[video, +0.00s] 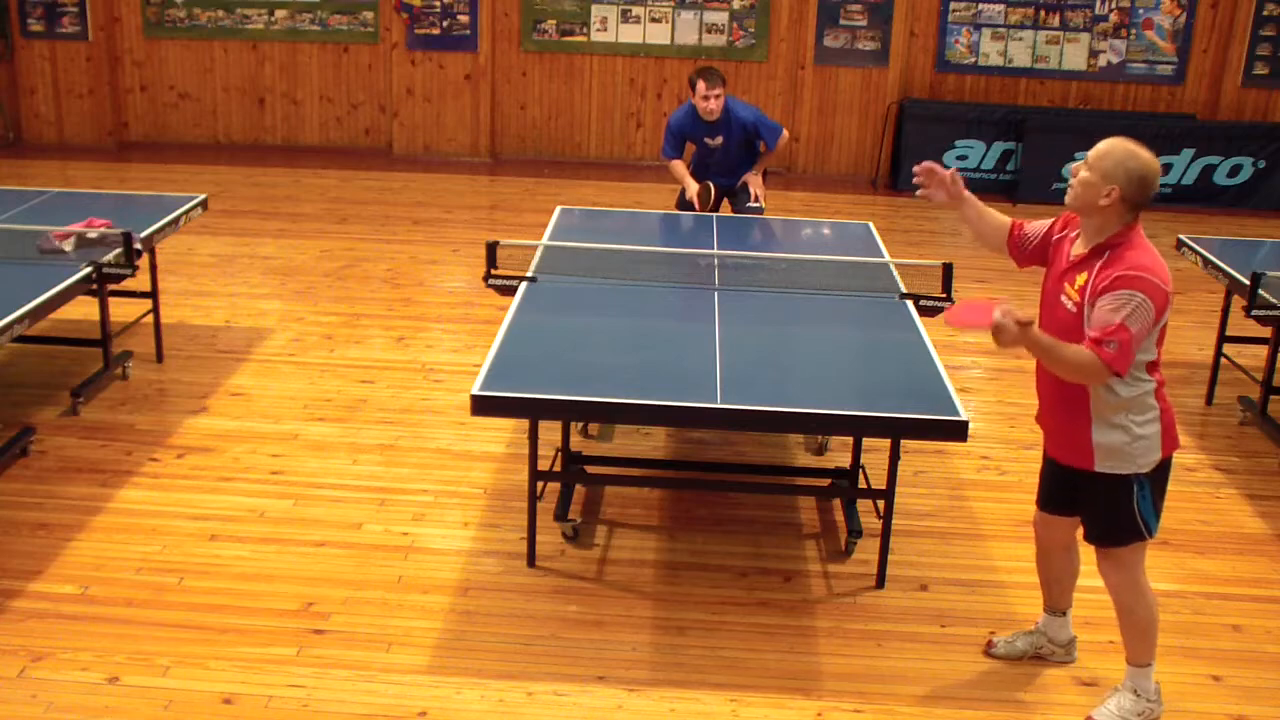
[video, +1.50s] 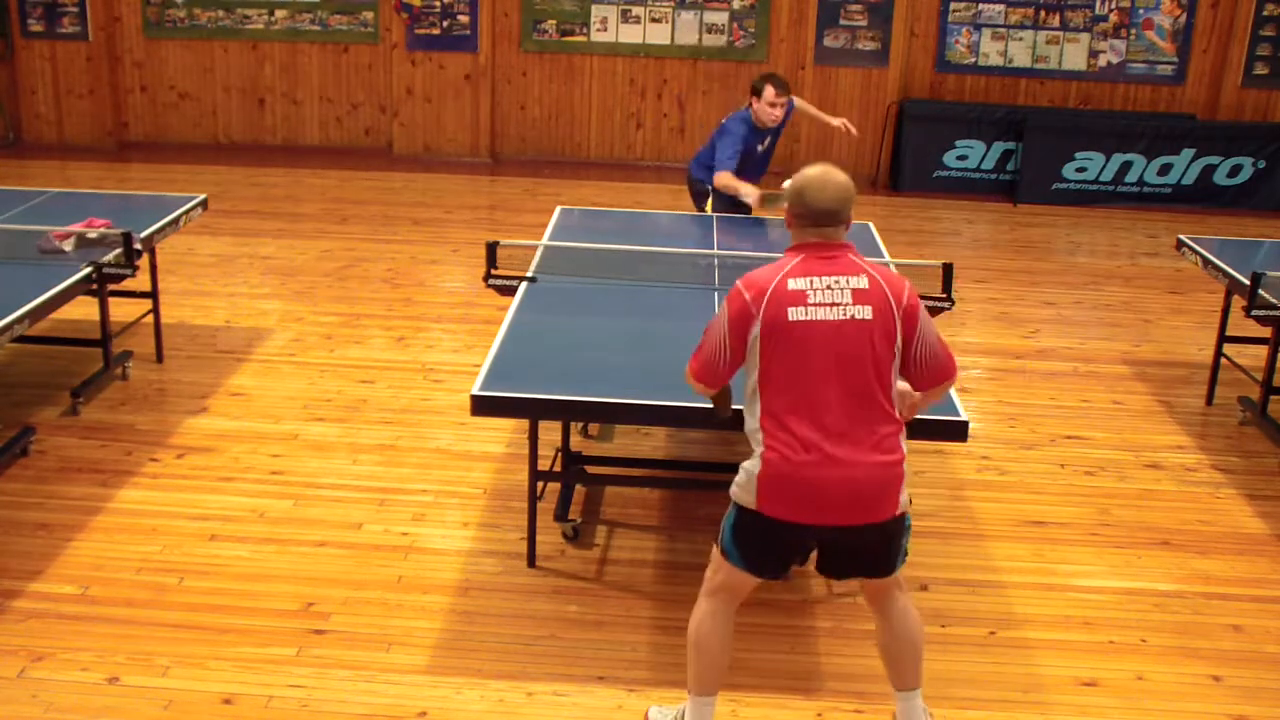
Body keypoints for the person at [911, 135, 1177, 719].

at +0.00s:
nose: (1071, 171)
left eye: (1083, 167)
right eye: (1079, 163)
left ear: (1108, 197)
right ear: (1102, 196)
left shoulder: (1137, 277)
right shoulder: (1068, 232)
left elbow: (1099, 366)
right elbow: (1009, 238)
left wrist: (1026, 338)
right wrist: (960, 199)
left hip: (1123, 447)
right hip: (1068, 432)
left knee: (1121, 564)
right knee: (1053, 528)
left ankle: (1142, 689)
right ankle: (1055, 632)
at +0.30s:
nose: (1067, 182)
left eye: (1078, 181)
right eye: (1075, 176)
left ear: (1101, 214)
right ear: (1096, 210)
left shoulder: (1140, 291)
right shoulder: (1059, 240)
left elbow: (1137, 393)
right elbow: (1003, 254)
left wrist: (1067, 431)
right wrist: (929, 251)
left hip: (1122, 452)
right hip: (1061, 436)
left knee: (1120, 571)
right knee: (1053, 531)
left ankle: (1143, 690)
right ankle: (1056, 632)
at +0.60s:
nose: (959, 255)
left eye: (964, 247)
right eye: (959, 245)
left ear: (996, 253)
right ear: (1003, 247)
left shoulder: (1056, 297)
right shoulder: (1028, 277)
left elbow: (1070, 395)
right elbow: (1041, 357)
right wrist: (991, 357)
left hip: (1092, 477)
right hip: (1047, 464)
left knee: (1070, 599)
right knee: (1002, 552)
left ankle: (1136, 683)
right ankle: (1029, 672)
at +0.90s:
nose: (915, 230)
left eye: (916, 221)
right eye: (918, 221)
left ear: (925, 226)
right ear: (975, 220)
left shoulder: (949, 294)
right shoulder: (1015, 272)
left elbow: (893, 380)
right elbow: (1065, 333)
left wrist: (823, 327)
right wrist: (1004, 362)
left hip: (978, 481)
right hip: (1030, 470)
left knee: (883, 581)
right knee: (973, 566)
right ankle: (1026, 672)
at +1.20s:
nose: (858, 217)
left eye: (860, 211)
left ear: (864, 218)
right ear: (924, 220)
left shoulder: (840, 289)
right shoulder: (958, 294)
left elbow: (775, 378)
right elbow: (989, 383)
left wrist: (740, 357)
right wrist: (934, 381)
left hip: (844, 488)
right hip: (928, 490)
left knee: (759, 581)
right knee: (915, 589)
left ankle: (738, 705)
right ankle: (929, 710)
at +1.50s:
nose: (784, 214)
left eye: (786, 207)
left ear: (789, 216)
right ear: (850, 218)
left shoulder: (758, 288)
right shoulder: (890, 287)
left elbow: (705, 375)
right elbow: (941, 369)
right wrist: (907, 401)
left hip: (780, 490)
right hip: (874, 492)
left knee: (721, 594)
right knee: (888, 593)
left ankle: (696, 713)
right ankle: (912, 712)